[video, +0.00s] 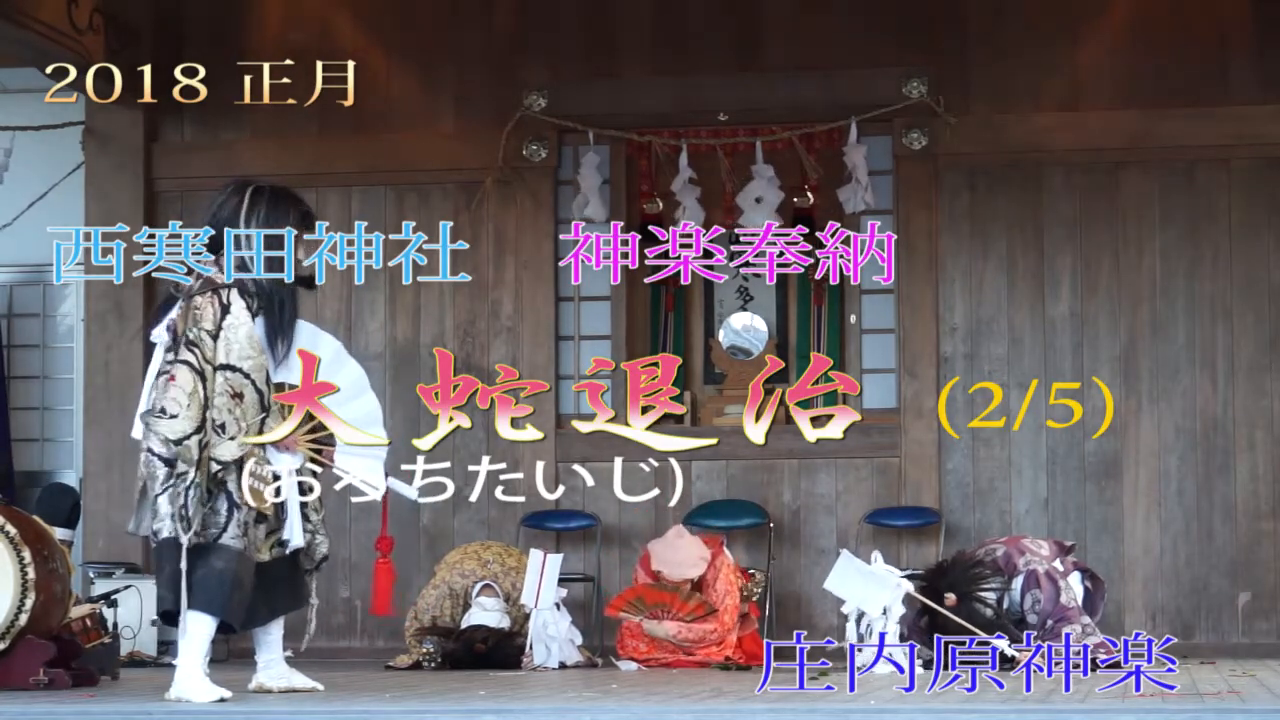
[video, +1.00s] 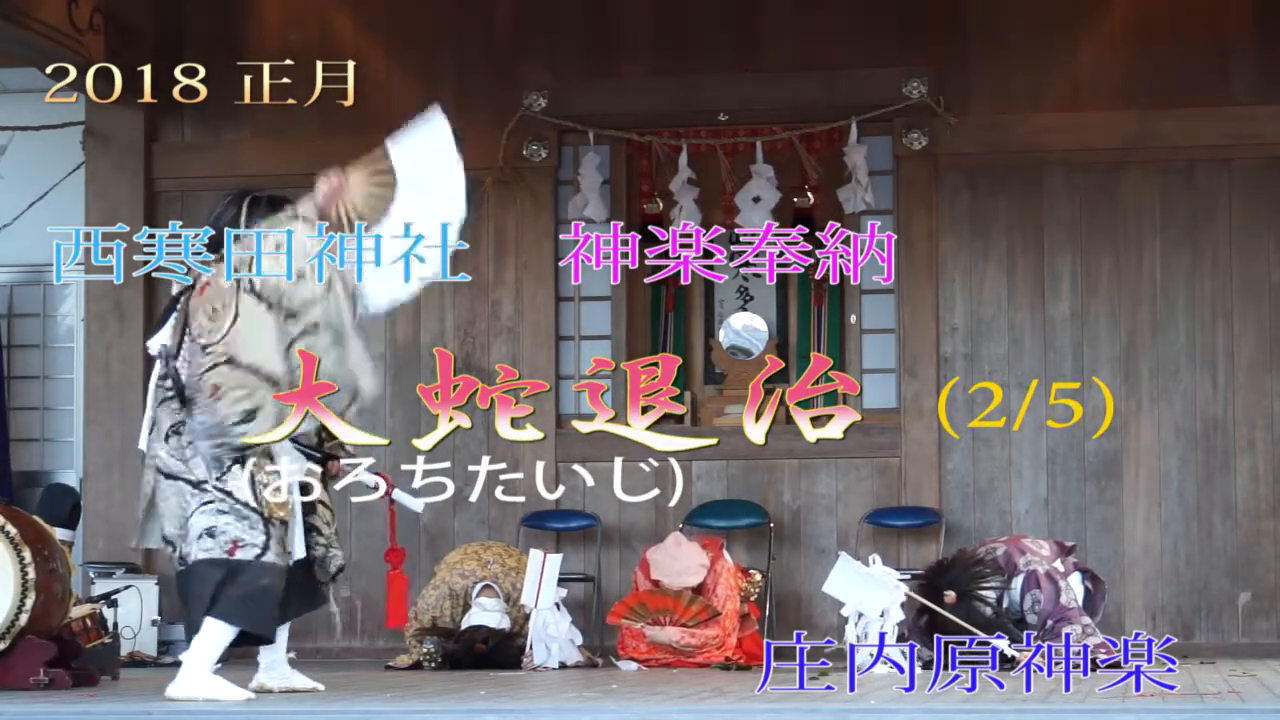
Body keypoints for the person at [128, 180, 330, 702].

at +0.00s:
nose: (305, 251)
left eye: (304, 238)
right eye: (297, 236)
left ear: (244, 236)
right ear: (263, 238)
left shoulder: (266, 307)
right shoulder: (216, 305)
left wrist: (302, 436)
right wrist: (264, 454)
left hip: (258, 459)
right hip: (219, 461)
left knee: (272, 552)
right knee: (221, 553)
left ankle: (272, 664)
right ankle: (190, 673)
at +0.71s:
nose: (306, 257)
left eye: (304, 243)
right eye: (299, 242)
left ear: (236, 238)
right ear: (268, 241)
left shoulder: (212, 303)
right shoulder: (246, 309)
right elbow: (263, 405)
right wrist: (318, 438)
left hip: (262, 449)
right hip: (233, 450)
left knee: (282, 549)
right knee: (231, 551)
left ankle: (273, 663)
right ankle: (191, 672)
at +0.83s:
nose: (300, 255)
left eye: (301, 244)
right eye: (296, 243)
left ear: (238, 239)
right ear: (270, 243)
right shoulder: (219, 304)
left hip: (247, 446)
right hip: (201, 451)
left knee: (287, 545)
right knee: (236, 547)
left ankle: (274, 663)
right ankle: (192, 670)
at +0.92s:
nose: (308, 262)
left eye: (308, 251)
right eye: (301, 249)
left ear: (237, 244)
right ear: (273, 247)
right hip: (202, 447)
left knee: (290, 546)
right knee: (251, 550)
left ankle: (274, 664)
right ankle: (194, 670)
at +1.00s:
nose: (291, 246)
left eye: (293, 235)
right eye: (281, 235)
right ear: (252, 234)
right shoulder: (225, 292)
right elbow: (228, 386)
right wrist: (277, 445)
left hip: (253, 443)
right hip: (218, 448)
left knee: (291, 546)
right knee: (263, 556)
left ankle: (273, 664)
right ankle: (195, 671)